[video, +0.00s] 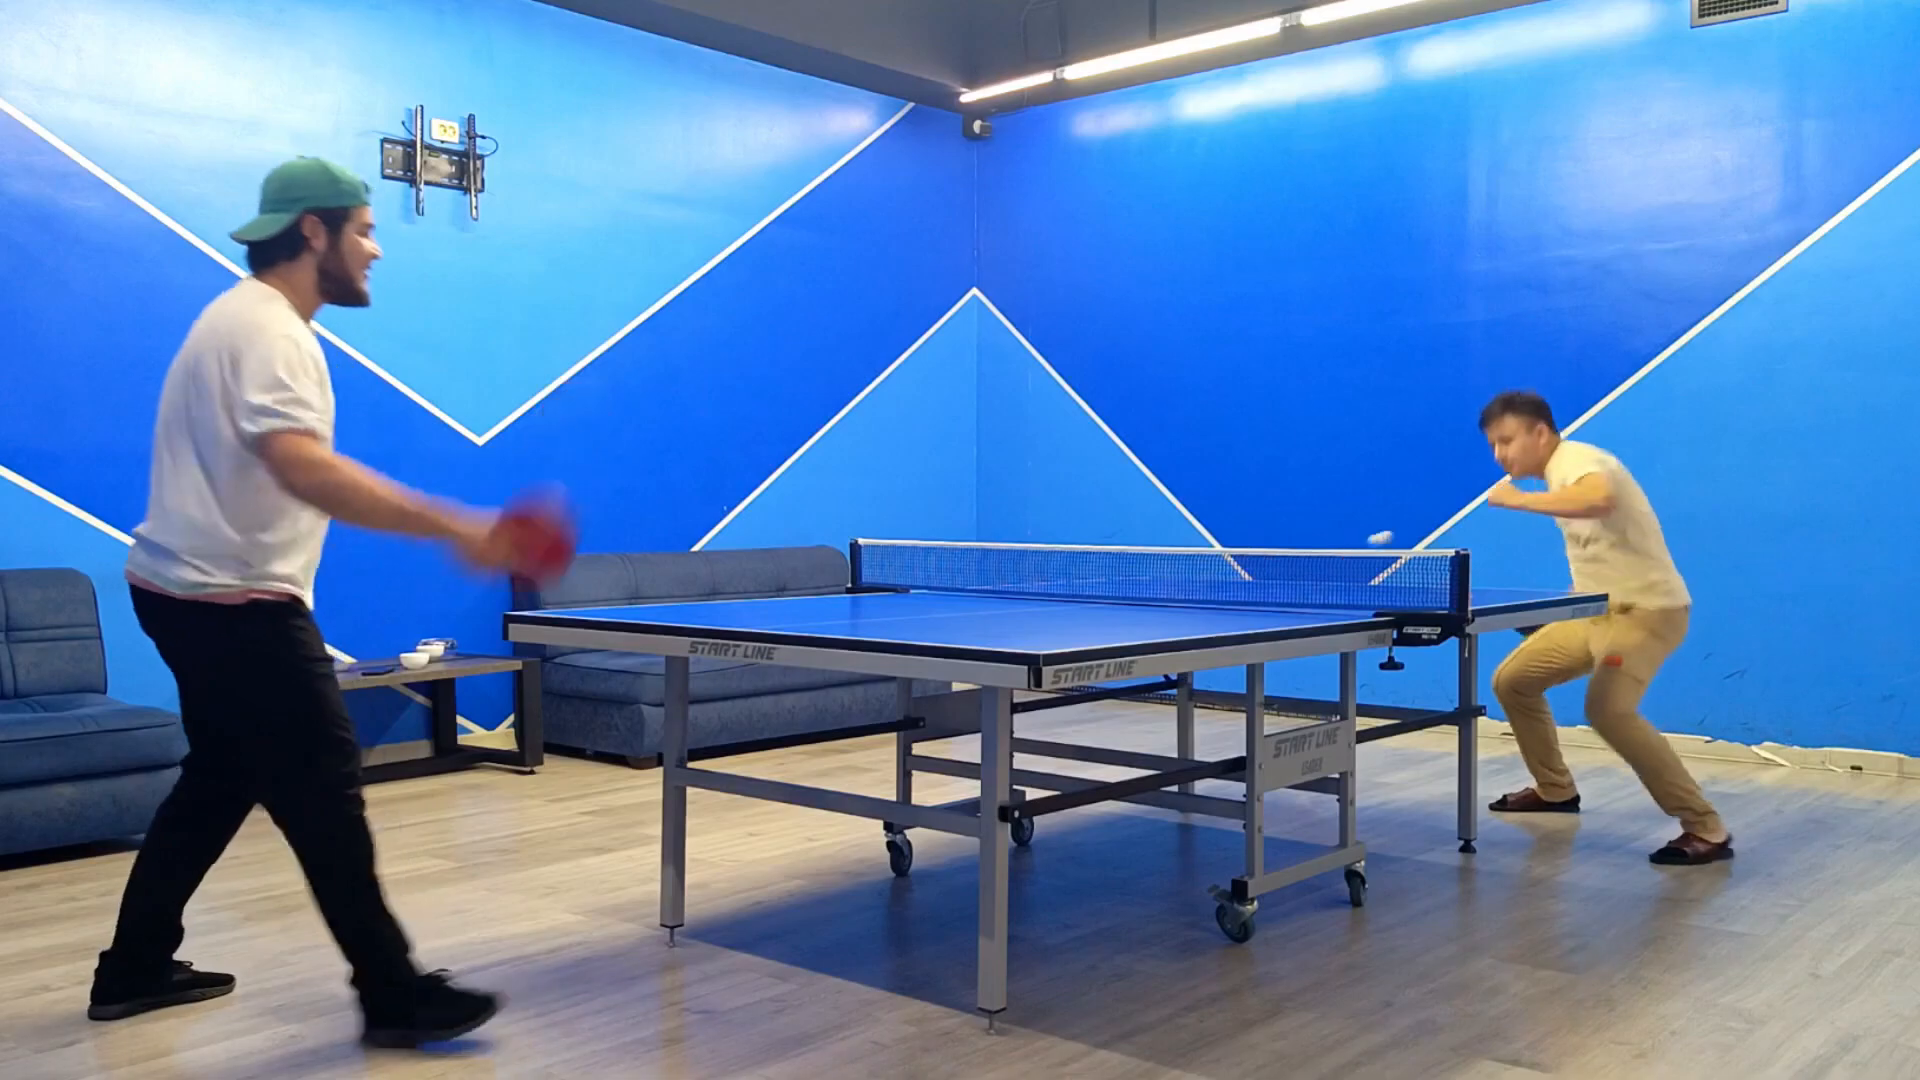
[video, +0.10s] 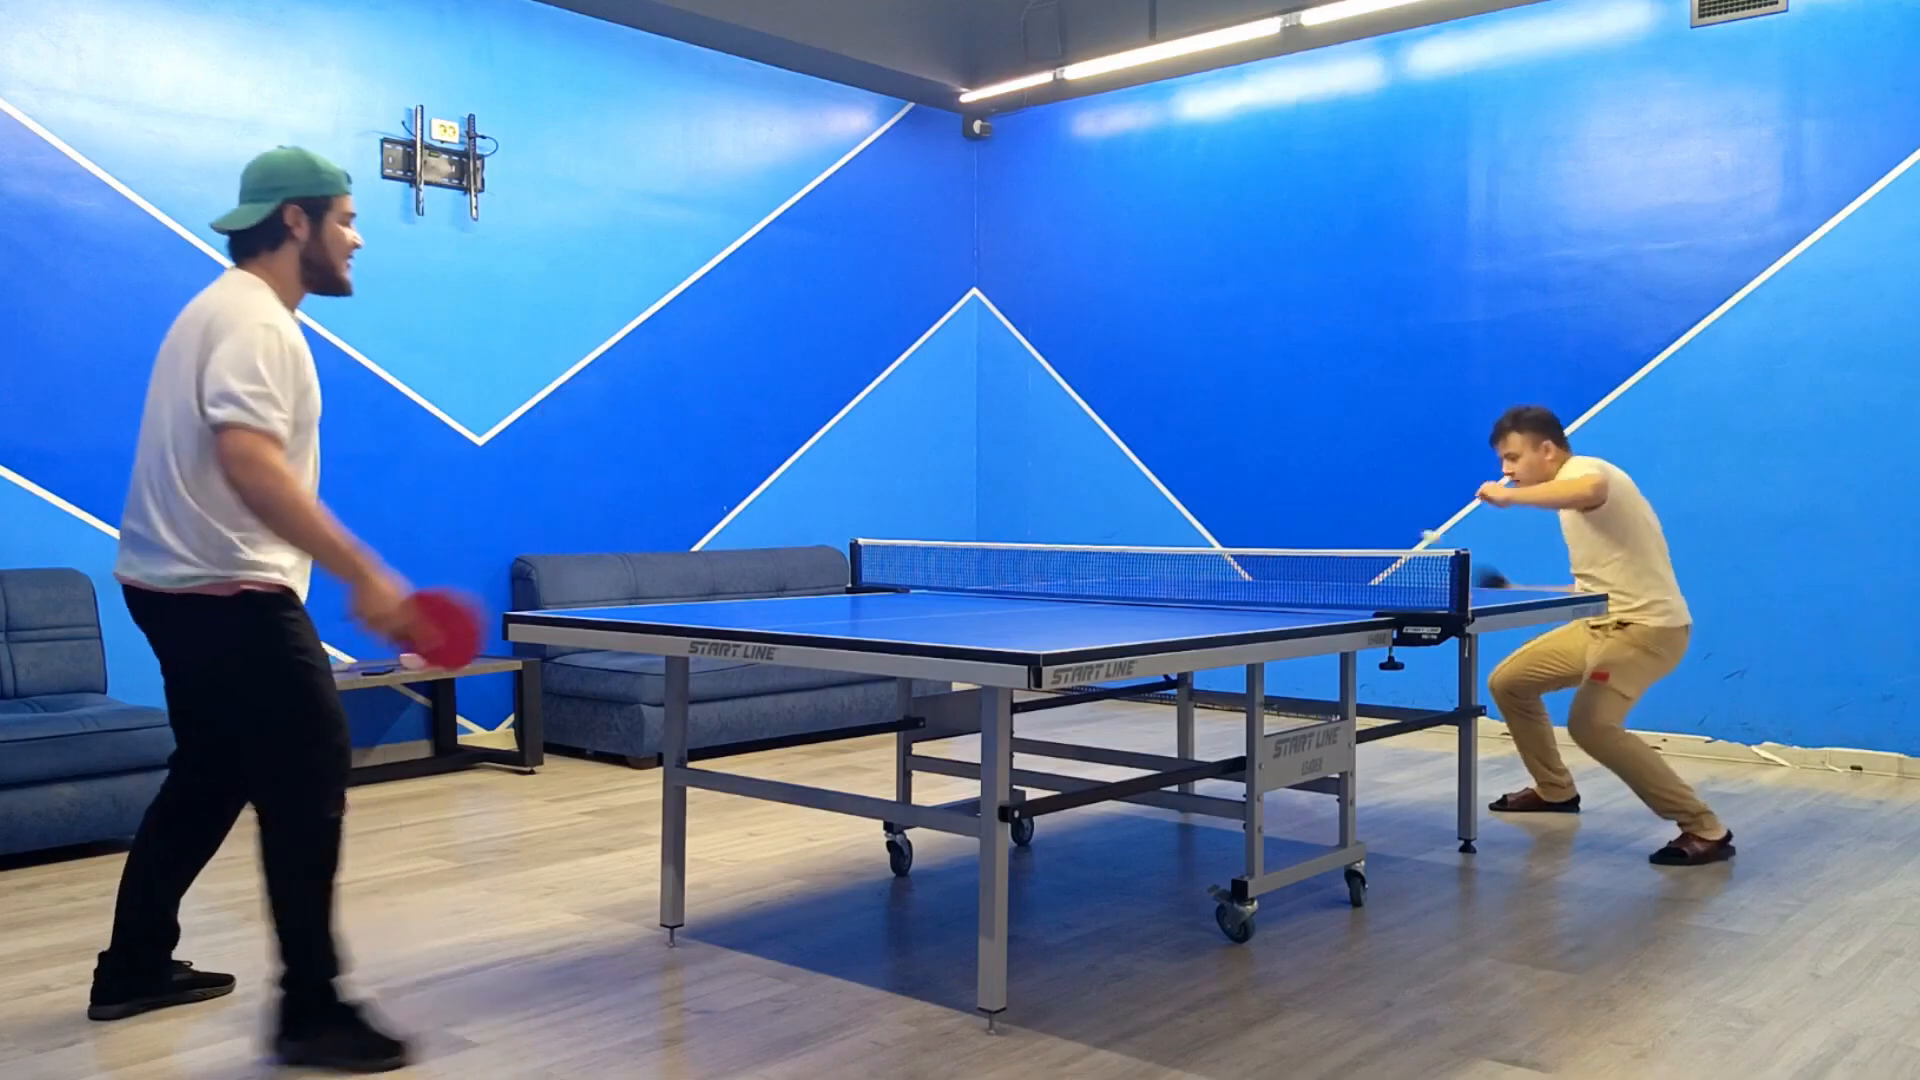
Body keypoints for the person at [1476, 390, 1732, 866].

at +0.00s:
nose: (1499, 456)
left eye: (1505, 442)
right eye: (1494, 447)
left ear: (1540, 432)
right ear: (1534, 439)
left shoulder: (1578, 459)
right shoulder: (1558, 473)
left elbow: (1599, 497)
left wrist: (1520, 499)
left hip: (1651, 610)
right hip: (1600, 610)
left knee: (1610, 710)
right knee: (1513, 681)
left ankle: (1707, 830)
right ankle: (1554, 789)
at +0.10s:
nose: (1507, 471)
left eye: (1513, 458)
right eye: (1504, 461)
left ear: (1549, 450)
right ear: (1544, 455)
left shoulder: (1583, 469)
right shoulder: (1564, 490)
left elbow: (1592, 494)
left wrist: (1510, 496)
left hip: (1649, 625)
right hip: (1602, 622)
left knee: (1592, 724)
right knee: (1509, 683)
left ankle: (1706, 830)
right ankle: (1554, 791)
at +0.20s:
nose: (1525, 463)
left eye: (1530, 449)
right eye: (1520, 455)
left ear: (1565, 438)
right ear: (1558, 447)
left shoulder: (1600, 470)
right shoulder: (1574, 504)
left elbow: (1633, 460)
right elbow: (1547, 570)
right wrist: (1484, 533)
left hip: (1654, 623)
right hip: (1611, 622)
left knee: (1598, 720)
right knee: (1512, 681)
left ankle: (1709, 829)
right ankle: (1557, 789)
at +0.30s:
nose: (1549, 432)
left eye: (1556, 419)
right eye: (1546, 423)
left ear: (1592, 414)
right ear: (1576, 423)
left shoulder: (1635, 441)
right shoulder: (1585, 479)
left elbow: (1706, 428)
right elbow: (1558, 534)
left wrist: (1680, 384)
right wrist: (1514, 492)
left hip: (1668, 595)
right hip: (1623, 604)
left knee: (1645, 692)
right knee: (1542, 674)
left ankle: (1723, 819)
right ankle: (1576, 779)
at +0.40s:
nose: (1575, 405)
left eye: (1585, 394)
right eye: (1570, 397)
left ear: (1618, 392)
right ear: (1573, 402)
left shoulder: (1662, 420)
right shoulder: (1604, 450)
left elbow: (1742, 412)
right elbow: (1592, 498)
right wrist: (1544, 469)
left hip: (1683, 574)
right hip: (1630, 578)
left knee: (1689, 679)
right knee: (1578, 666)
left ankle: (1734, 803)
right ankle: (1592, 773)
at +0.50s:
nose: (1599, 400)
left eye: (1609, 389)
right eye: (1594, 391)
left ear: (1642, 388)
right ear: (1593, 394)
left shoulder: (1688, 420)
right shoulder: (1623, 441)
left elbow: (1768, 419)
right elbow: (1622, 486)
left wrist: (1817, 406)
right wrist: (1571, 464)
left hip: (1700, 572)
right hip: (1643, 571)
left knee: (1708, 678)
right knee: (1597, 663)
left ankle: (1768, 788)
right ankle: (1604, 768)